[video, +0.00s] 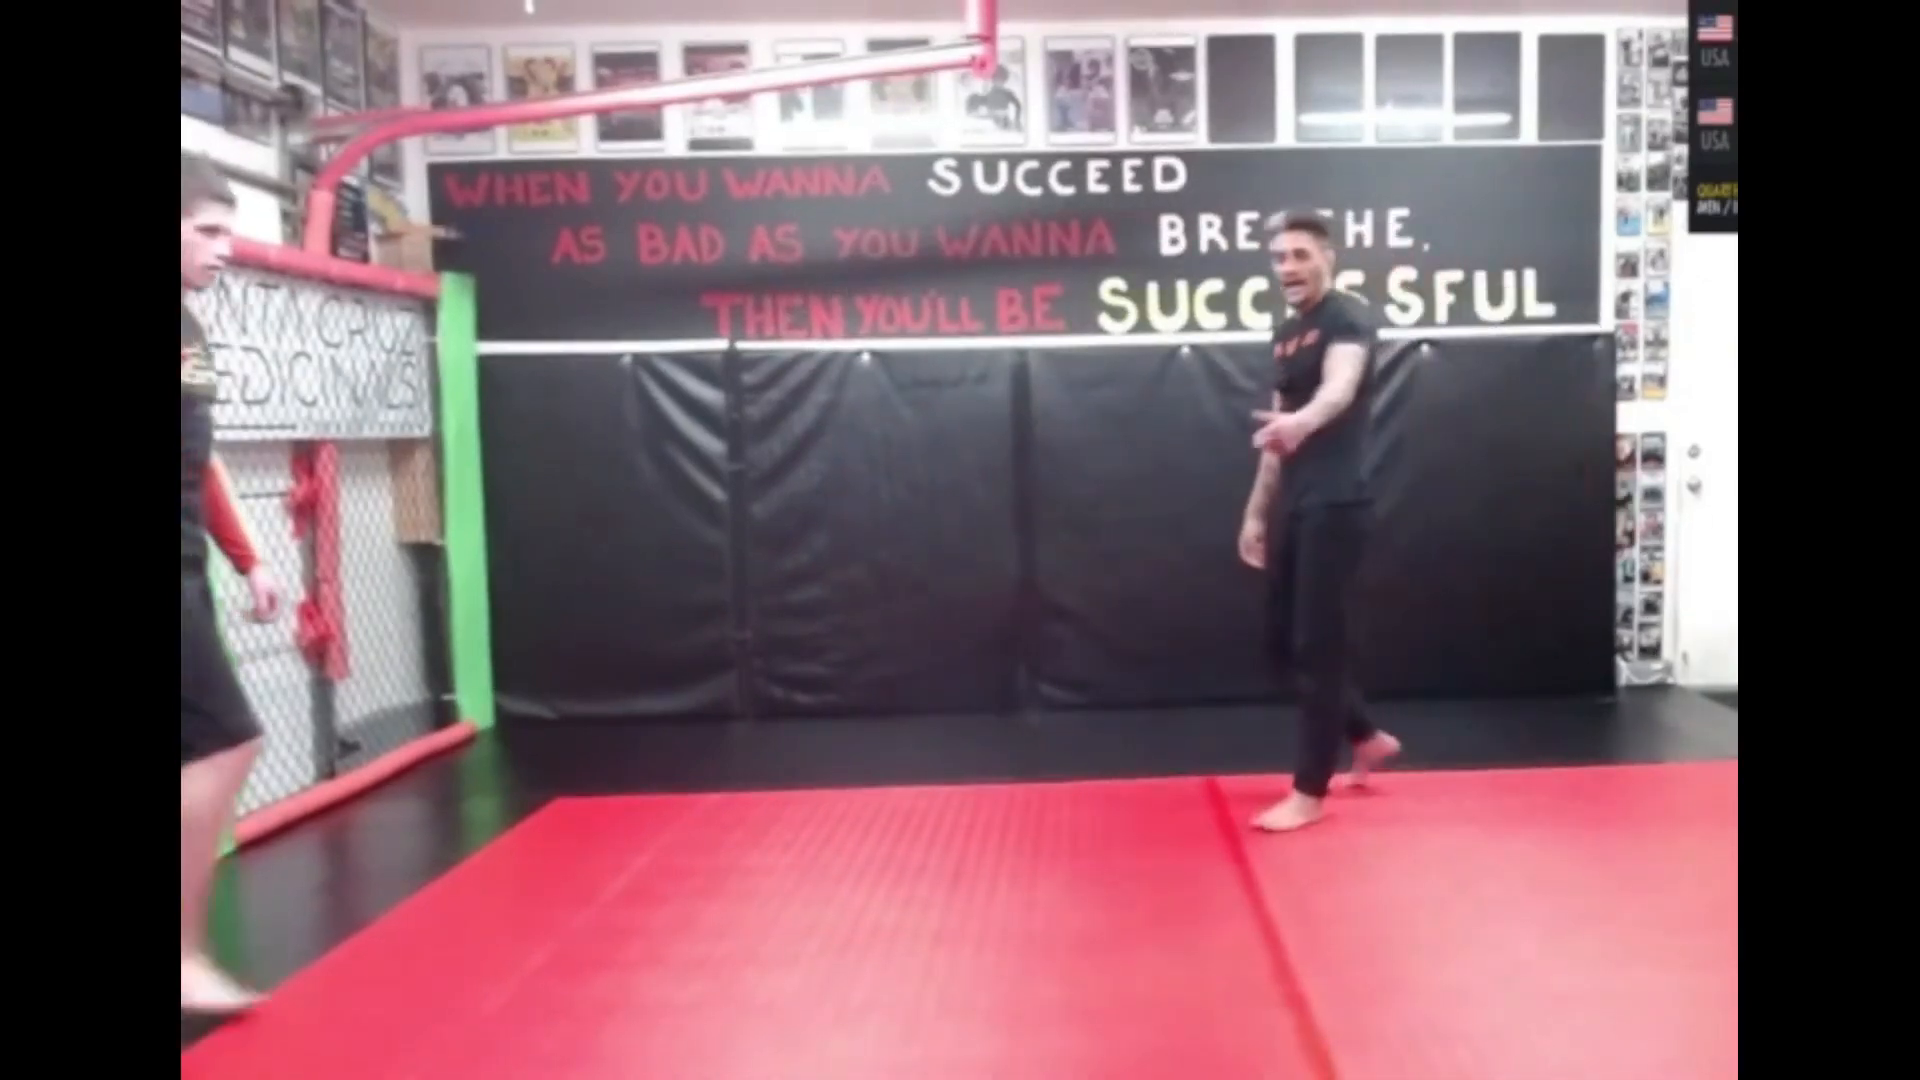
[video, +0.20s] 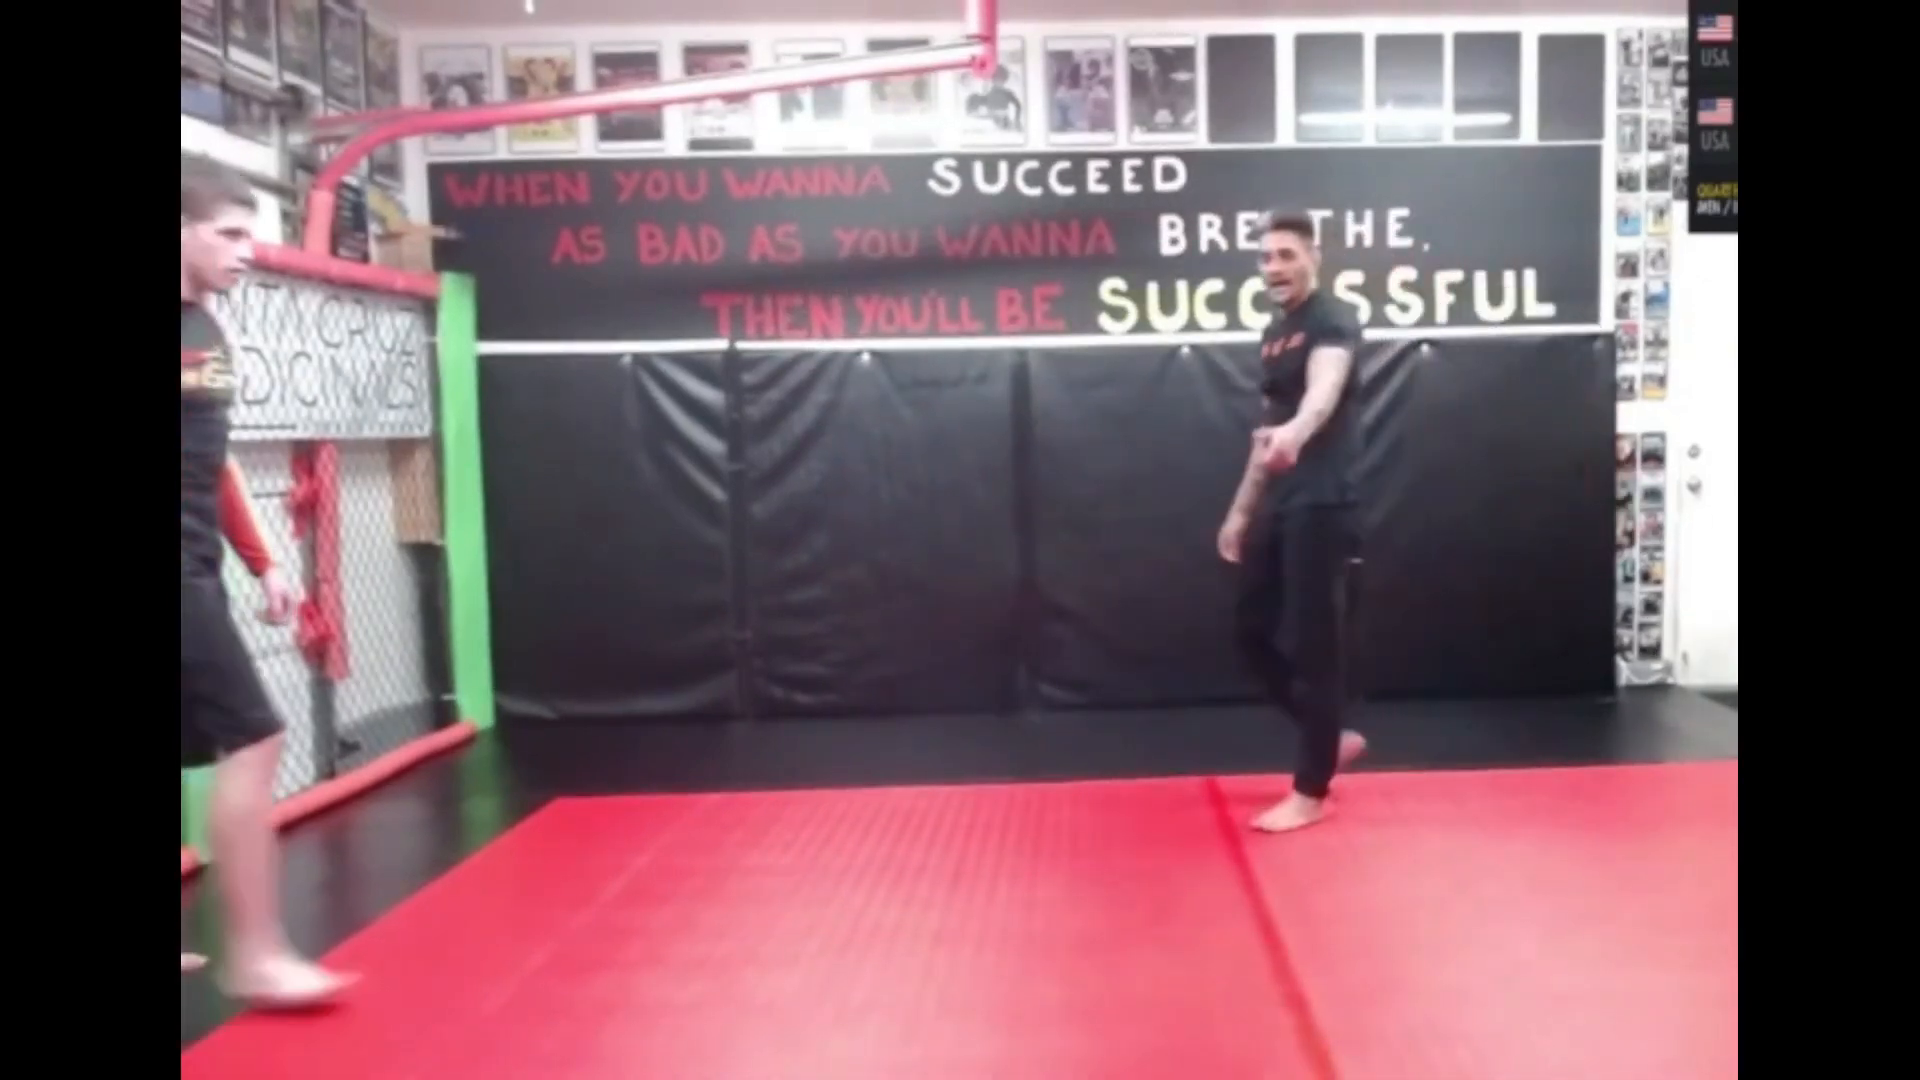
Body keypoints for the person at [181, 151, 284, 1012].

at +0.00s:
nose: (222, 247)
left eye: (225, 232)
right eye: (209, 230)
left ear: (217, 241)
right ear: (174, 236)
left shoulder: (196, 335)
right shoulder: (187, 334)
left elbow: (199, 459)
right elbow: (202, 464)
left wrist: (248, 557)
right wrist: (242, 559)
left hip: (194, 574)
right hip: (187, 576)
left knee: (222, 739)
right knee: (225, 737)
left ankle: (192, 954)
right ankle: (189, 955)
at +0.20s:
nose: (245, 252)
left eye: (249, 237)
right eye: (231, 233)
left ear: (230, 242)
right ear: (183, 232)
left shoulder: (206, 331)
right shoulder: (186, 326)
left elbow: (213, 461)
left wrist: (264, 562)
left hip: (200, 574)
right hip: (183, 577)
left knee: (224, 745)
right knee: (251, 734)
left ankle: (239, 947)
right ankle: (255, 954)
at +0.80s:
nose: (543, 270)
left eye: (548, 253)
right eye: (534, 251)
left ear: (476, 238)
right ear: (478, 234)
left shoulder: (431, 300)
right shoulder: (438, 310)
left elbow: (422, 445)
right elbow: (564, 392)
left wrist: (470, 532)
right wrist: (719, 424)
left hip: (436, 551)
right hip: (399, 558)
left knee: (538, 711)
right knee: (445, 765)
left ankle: (469, 909)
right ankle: (406, 965)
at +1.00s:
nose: (678, 281)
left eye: (681, 265)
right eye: (671, 262)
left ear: (612, 251)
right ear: (619, 247)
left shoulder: (546, 312)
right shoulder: (583, 320)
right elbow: (715, 400)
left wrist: (678, 425)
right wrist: (861, 420)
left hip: (587, 567)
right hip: (561, 572)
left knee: (680, 732)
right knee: (563, 771)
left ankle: (717, 913)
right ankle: (432, 929)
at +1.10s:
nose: (722, 286)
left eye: (725, 269)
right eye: (716, 267)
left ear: (658, 255)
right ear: (666, 251)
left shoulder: (590, 313)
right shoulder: (627, 320)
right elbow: (750, 404)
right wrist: (904, 422)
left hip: (609, 563)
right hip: (600, 568)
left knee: (718, 718)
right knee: (675, 750)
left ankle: (720, 913)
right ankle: (509, 888)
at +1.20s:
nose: (807, 285)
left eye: (812, 269)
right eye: (802, 266)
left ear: (745, 251)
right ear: (753, 248)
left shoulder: (667, 300)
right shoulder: (714, 312)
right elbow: (839, 400)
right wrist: (985, 424)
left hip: (641, 537)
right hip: (676, 539)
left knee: (739, 725)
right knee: (796, 714)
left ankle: (724, 906)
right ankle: (756, 914)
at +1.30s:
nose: (850, 291)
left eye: (855, 273)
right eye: (846, 271)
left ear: (786, 257)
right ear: (797, 255)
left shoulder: (706, 301)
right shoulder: (757, 323)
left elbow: (686, 439)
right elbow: (889, 410)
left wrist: (743, 523)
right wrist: (1035, 426)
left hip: (670, 535)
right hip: (703, 539)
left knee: (747, 727)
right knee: (819, 725)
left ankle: (720, 909)